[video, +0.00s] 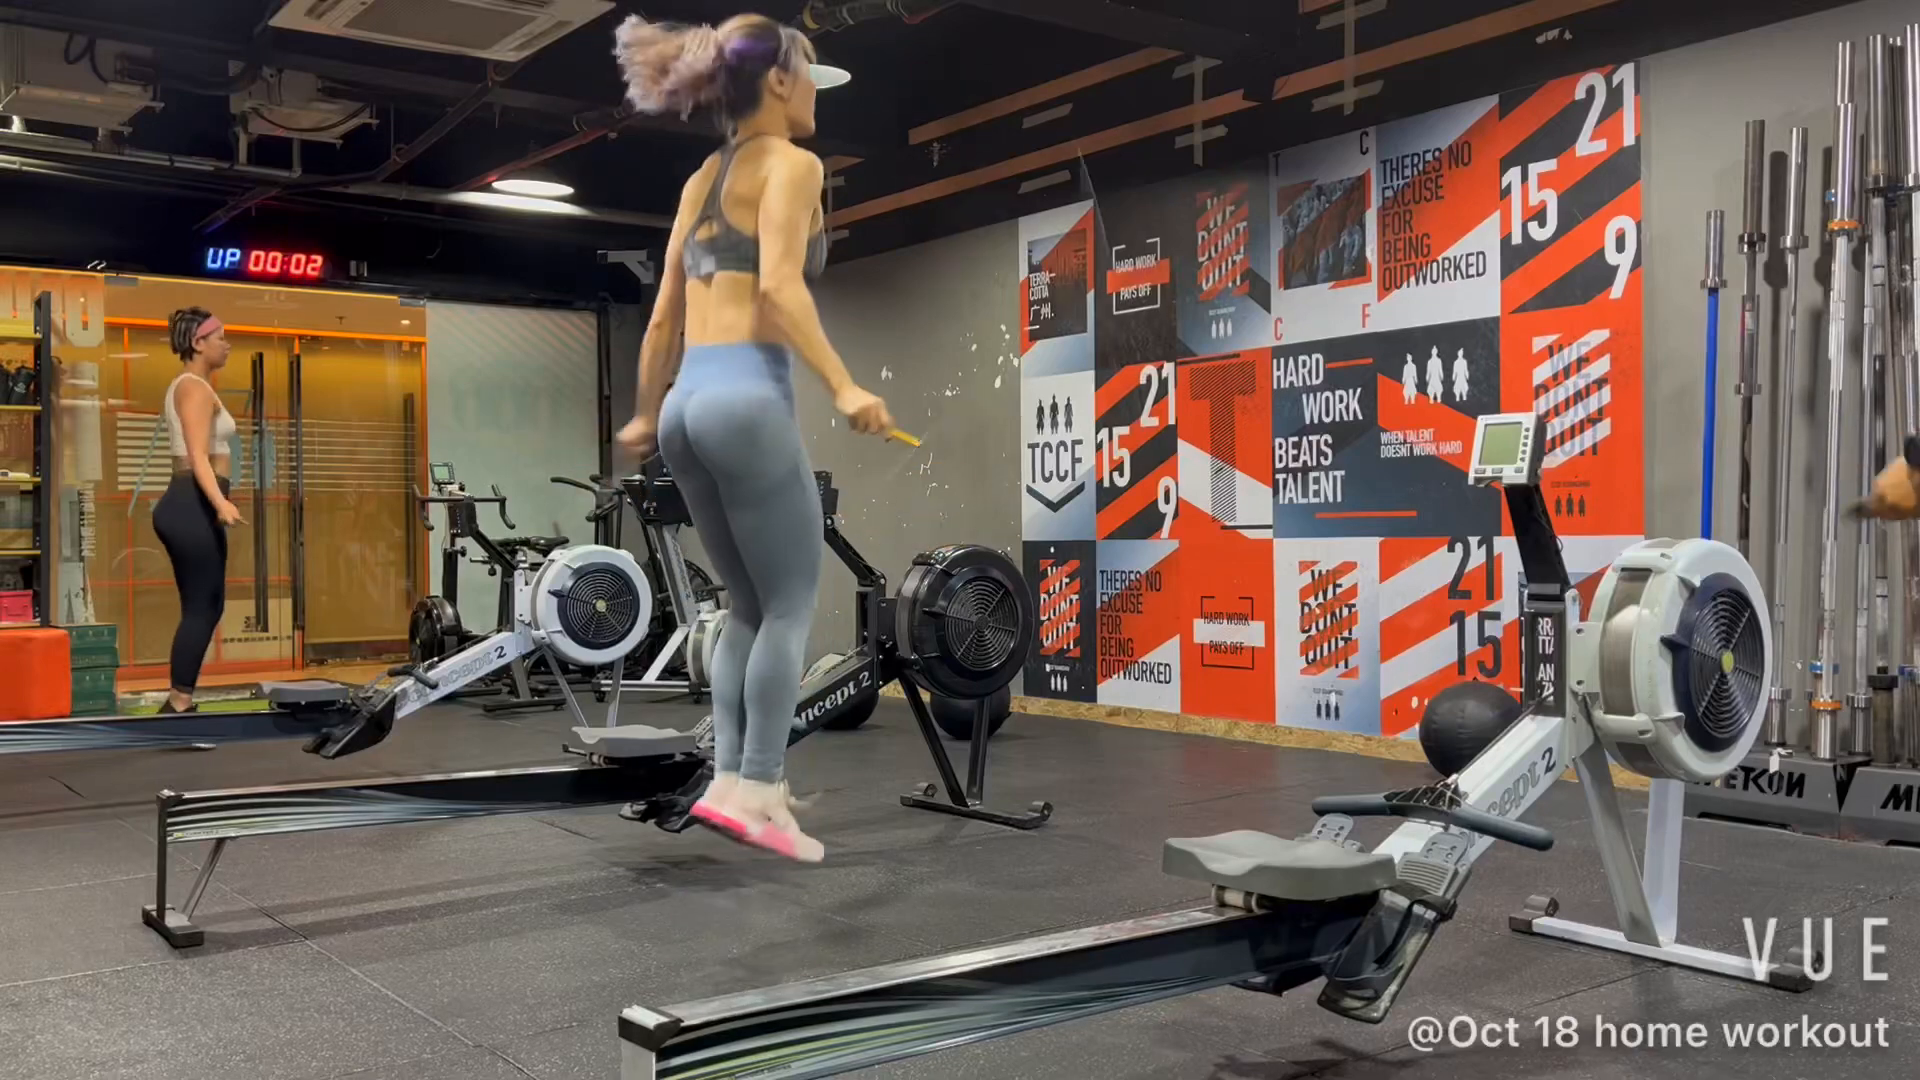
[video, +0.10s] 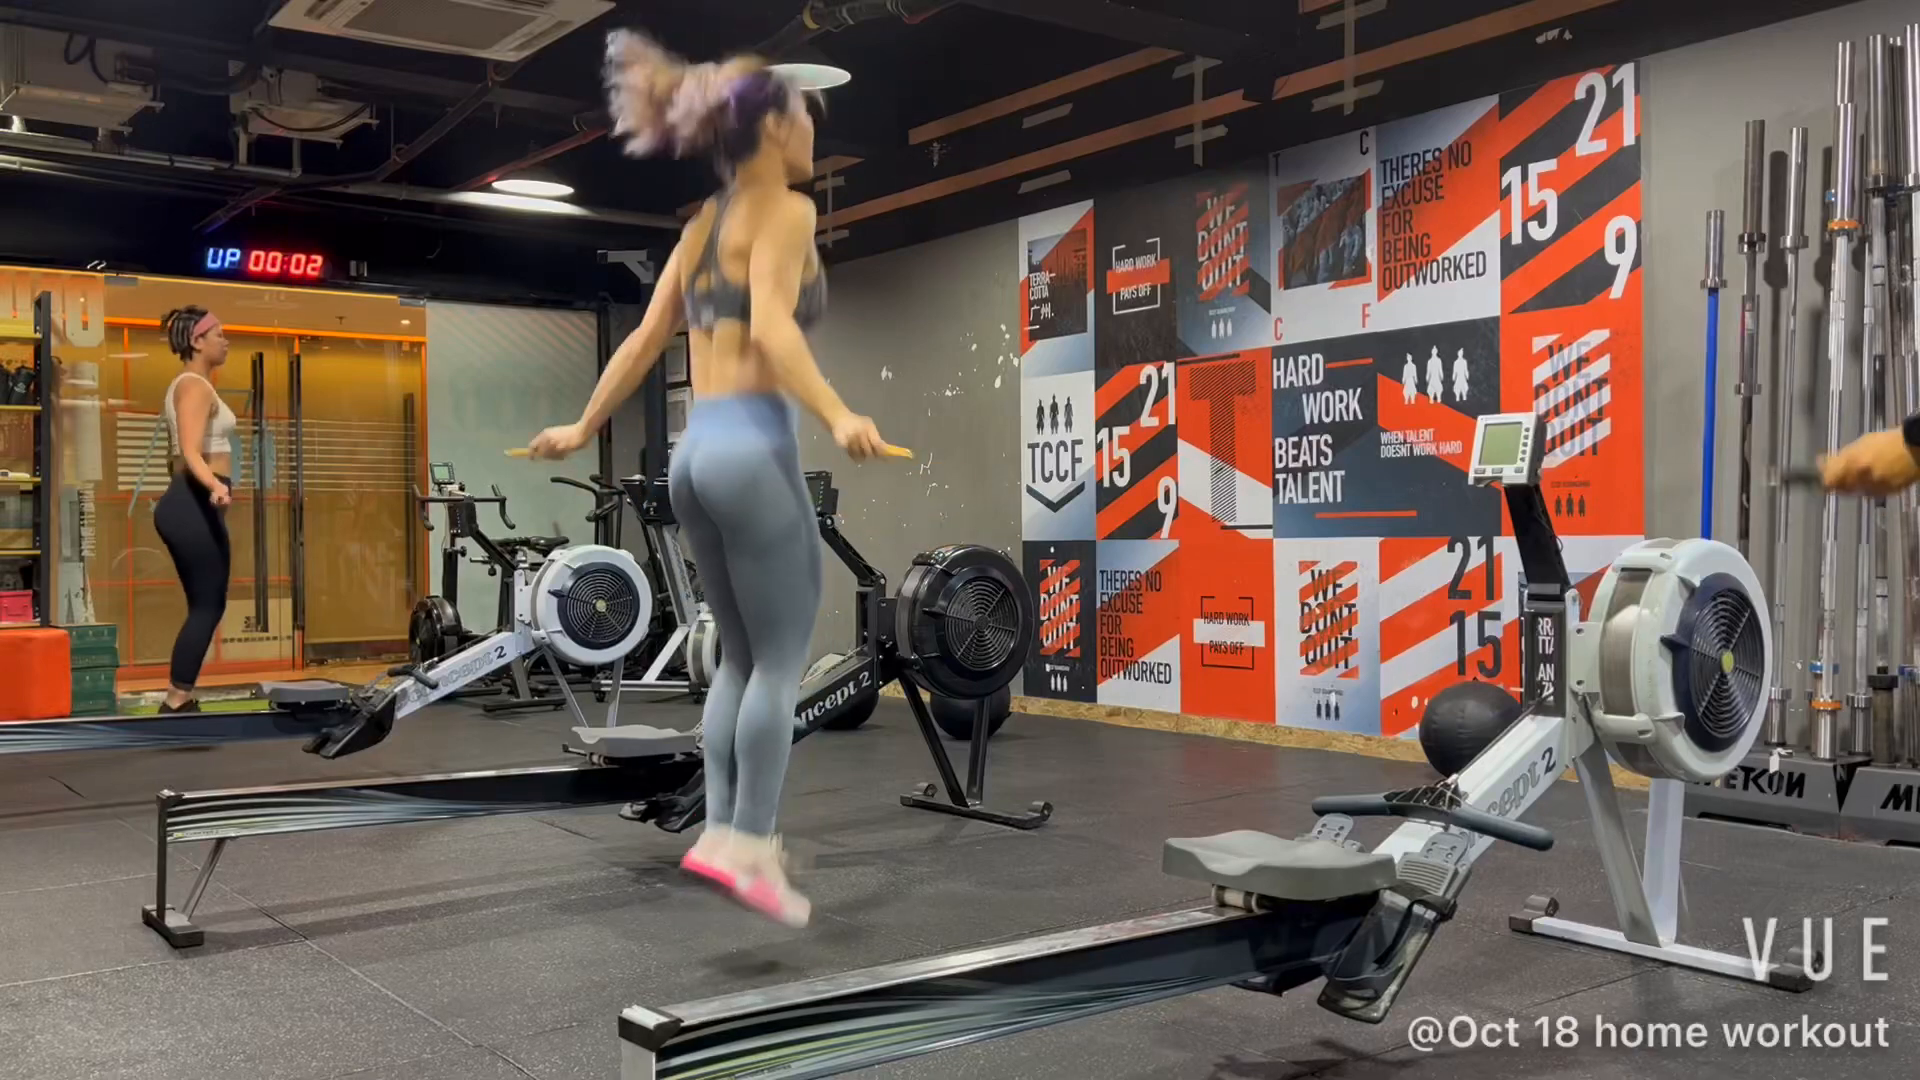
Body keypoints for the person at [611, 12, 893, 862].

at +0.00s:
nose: (812, 92)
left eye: (808, 77)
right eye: (804, 78)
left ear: (738, 91)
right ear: (776, 83)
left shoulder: (699, 181)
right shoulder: (791, 162)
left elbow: (666, 316)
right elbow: (778, 288)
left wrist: (647, 411)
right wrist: (844, 387)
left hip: (685, 394)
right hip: (744, 390)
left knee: (743, 605)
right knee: (790, 601)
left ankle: (733, 781)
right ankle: (760, 790)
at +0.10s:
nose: (812, 127)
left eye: (807, 113)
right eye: (801, 115)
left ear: (744, 136)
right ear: (772, 129)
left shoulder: (703, 223)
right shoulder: (786, 210)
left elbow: (646, 337)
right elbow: (771, 331)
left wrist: (583, 425)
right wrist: (840, 413)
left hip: (693, 448)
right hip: (749, 446)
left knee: (736, 654)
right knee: (779, 655)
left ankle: (722, 833)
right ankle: (751, 843)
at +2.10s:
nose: (767, 219)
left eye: (760, 204)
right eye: (757, 206)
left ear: (691, 225)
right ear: (732, 218)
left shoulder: (662, 315)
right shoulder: (744, 304)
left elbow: (626, 443)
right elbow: (739, 433)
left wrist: (651, 516)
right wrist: (830, 502)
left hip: (667, 544)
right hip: (721, 542)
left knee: (724, 741)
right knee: (758, 740)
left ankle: (677, 915)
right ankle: (679, 918)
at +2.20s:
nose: (762, 132)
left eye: (755, 116)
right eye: (752, 118)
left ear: (686, 140)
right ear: (724, 131)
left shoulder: (660, 232)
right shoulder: (742, 214)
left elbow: (621, 358)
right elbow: (738, 335)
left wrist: (595, 437)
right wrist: (830, 410)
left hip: (669, 450)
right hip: (722, 445)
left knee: (697, 660)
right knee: (738, 663)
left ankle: (687, 838)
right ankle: (712, 848)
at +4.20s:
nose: (776, 97)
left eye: (771, 81)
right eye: (767, 83)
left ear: (710, 99)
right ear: (737, 91)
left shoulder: (666, 188)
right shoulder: (748, 172)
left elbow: (626, 318)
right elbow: (723, 291)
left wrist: (603, 418)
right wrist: (790, 385)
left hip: (657, 419)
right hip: (709, 418)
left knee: (705, 629)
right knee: (748, 625)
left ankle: (688, 806)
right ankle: (702, 810)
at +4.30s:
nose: (778, 145)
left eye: (772, 130)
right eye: (766, 131)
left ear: (708, 154)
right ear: (732, 148)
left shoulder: (671, 244)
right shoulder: (745, 228)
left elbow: (609, 356)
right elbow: (720, 348)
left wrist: (548, 443)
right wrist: (795, 434)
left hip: (669, 475)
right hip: (708, 474)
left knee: (714, 685)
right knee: (739, 682)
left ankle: (690, 865)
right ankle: (705, 876)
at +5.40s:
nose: (771, 111)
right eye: (761, 96)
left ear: (683, 93)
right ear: (727, 93)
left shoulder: (675, 187)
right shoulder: (730, 176)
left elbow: (630, 316)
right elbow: (710, 309)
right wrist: (791, 391)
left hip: (667, 413)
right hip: (713, 409)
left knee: (706, 607)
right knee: (729, 606)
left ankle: (689, 811)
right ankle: (690, 812)